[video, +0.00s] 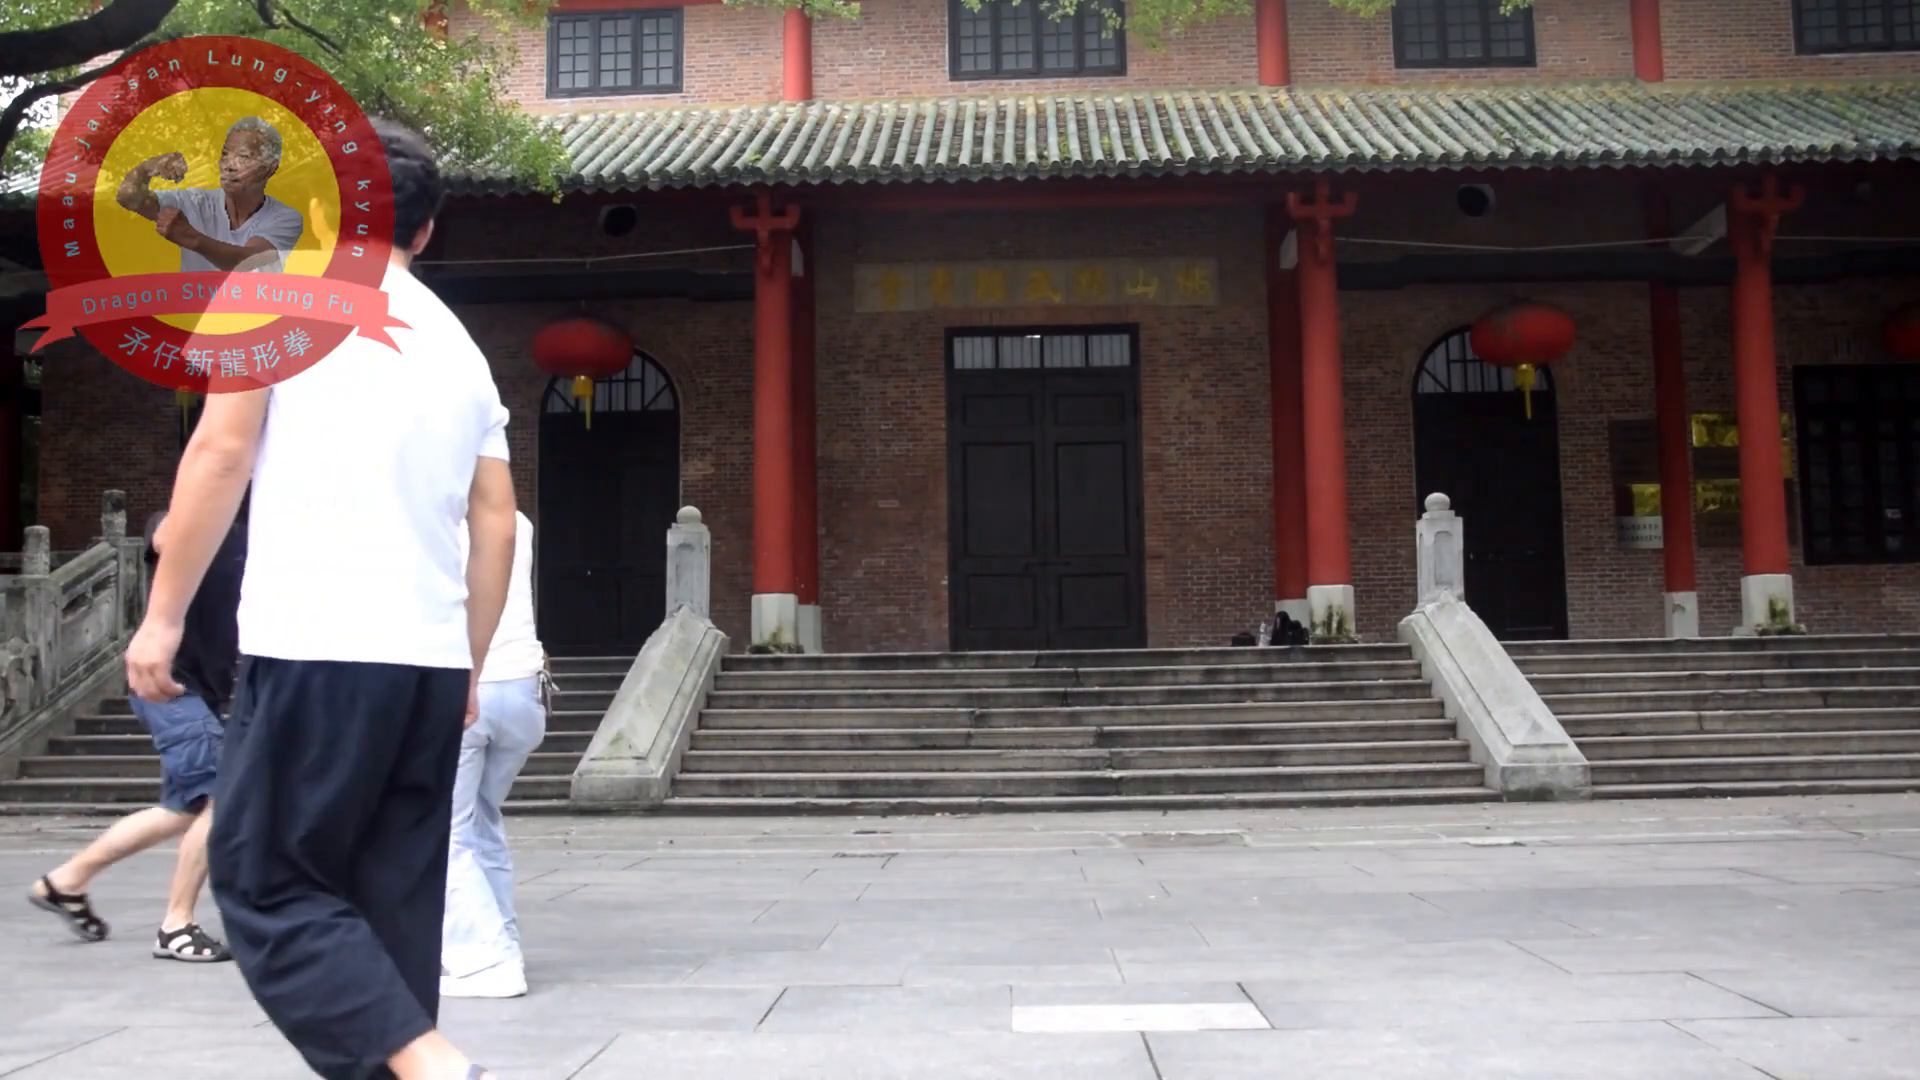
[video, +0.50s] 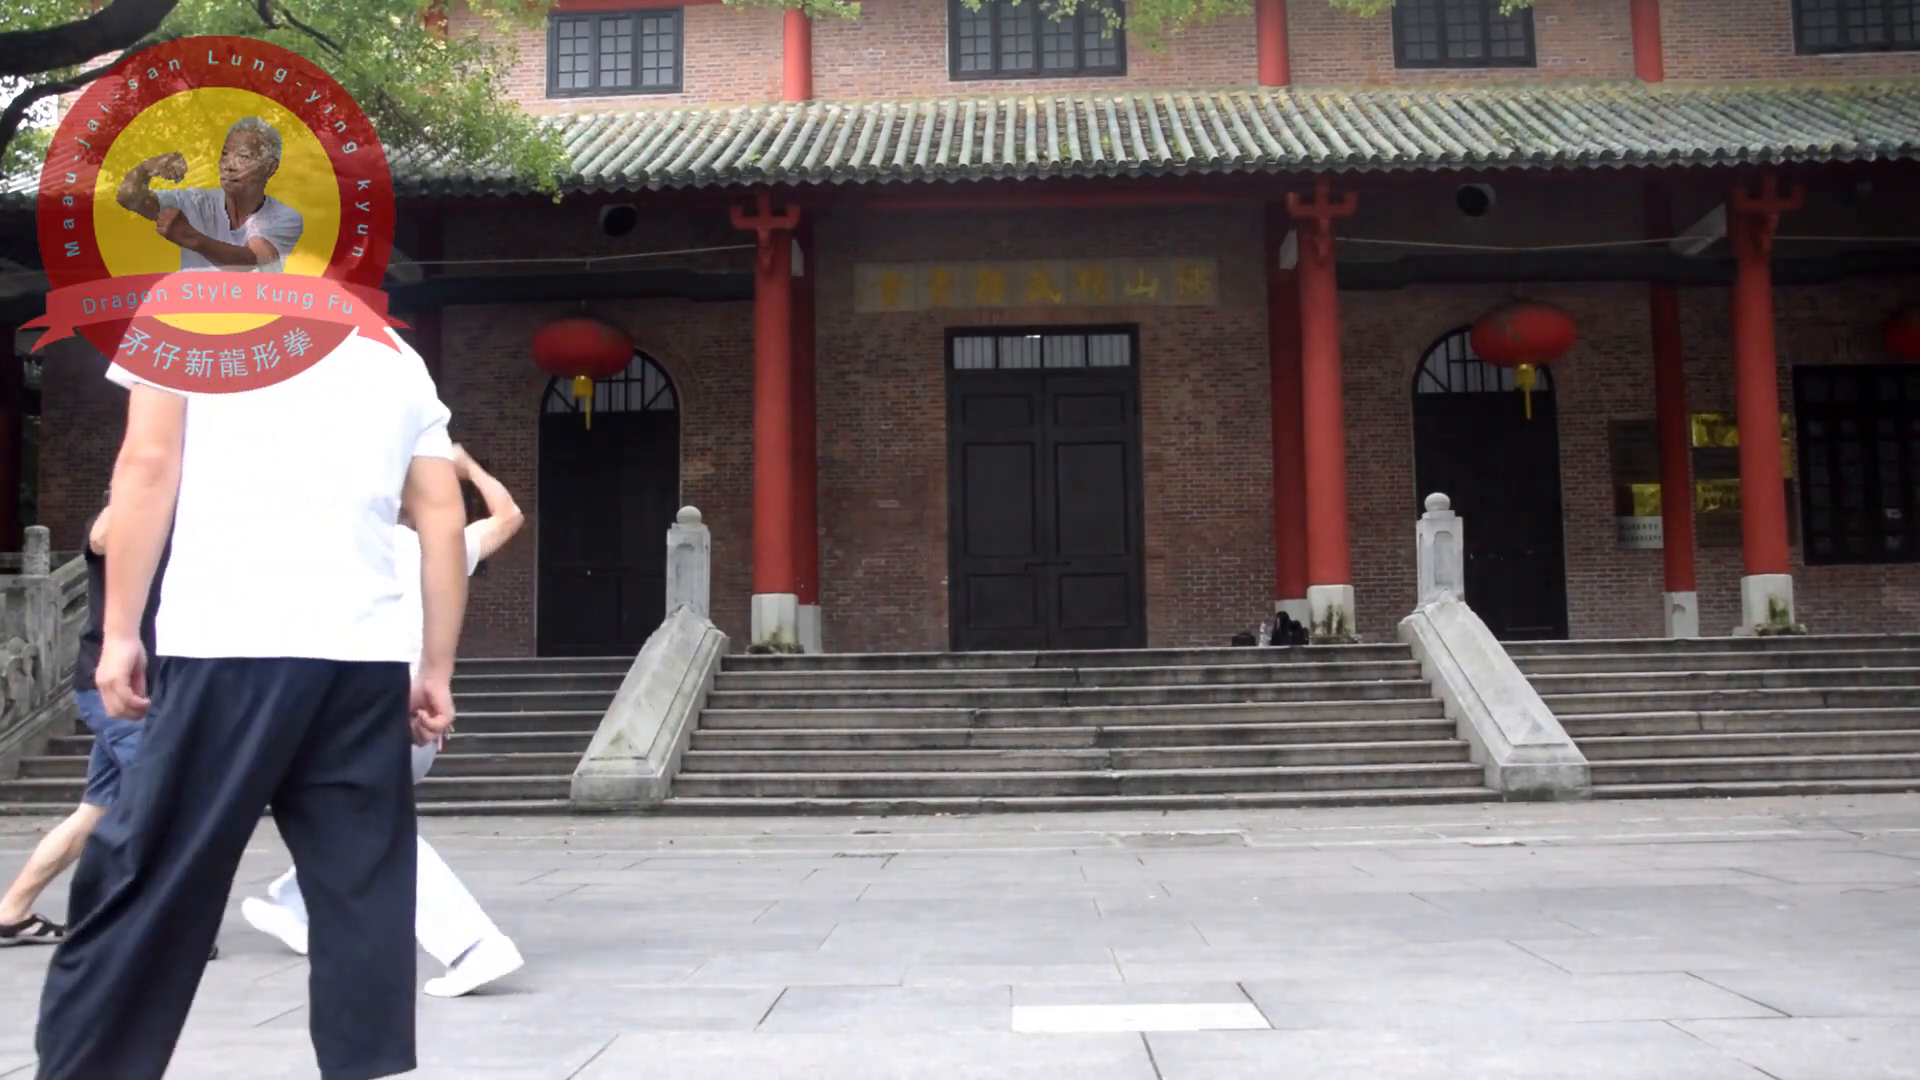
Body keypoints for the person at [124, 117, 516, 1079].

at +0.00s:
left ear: (329, 209)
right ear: (427, 234)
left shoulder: (275, 293)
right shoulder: (459, 348)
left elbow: (221, 451)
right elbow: (495, 521)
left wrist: (163, 614)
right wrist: (469, 663)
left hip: (312, 662)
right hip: (432, 668)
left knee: (263, 886)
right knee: (398, 901)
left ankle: (428, 1064)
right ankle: (386, 1072)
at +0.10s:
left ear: (322, 221)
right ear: (415, 242)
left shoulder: (260, 297)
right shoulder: (448, 351)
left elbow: (207, 450)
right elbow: (486, 521)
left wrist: (157, 608)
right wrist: (460, 661)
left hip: (296, 656)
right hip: (421, 666)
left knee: (237, 886)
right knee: (391, 903)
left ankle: (355, 1066)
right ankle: (390, 1074)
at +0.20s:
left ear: (314, 224)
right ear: (400, 243)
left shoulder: (245, 300)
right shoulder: (436, 351)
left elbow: (196, 458)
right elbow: (478, 525)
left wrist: (154, 607)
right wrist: (455, 666)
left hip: (279, 657)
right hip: (410, 667)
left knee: (208, 897)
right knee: (383, 919)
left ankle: (255, 1070)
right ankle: (378, 1071)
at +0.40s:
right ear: (352, 260)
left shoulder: (209, 307)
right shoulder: (411, 350)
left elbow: (170, 457)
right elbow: (459, 515)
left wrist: (137, 622)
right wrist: (448, 661)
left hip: (250, 644)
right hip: (385, 653)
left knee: (163, 891)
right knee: (372, 900)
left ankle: (126, 1064)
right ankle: (371, 1066)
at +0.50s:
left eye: (190, 255)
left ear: (222, 242)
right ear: (319, 249)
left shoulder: (184, 311)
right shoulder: (393, 352)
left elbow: (149, 465)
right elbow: (444, 512)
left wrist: (120, 628)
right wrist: (437, 665)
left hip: (227, 647)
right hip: (367, 655)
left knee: (143, 897)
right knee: (364, 902)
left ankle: (83, 1067)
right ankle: (367, 1066)